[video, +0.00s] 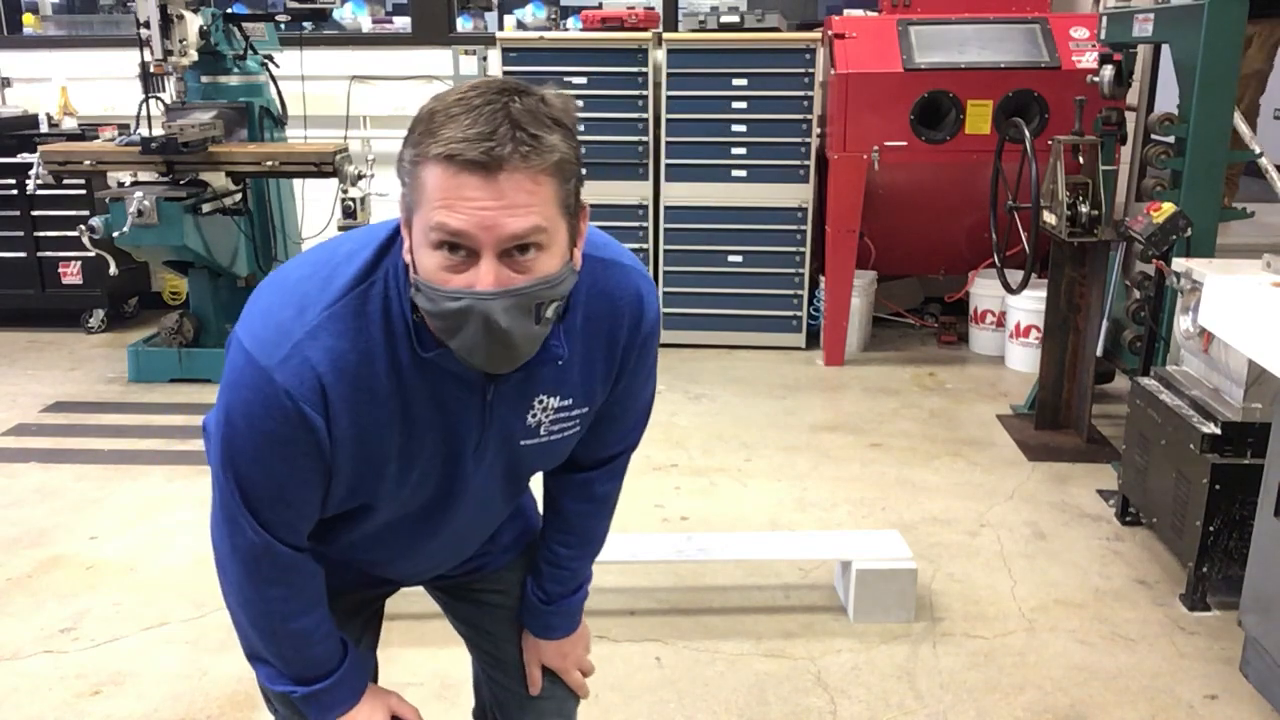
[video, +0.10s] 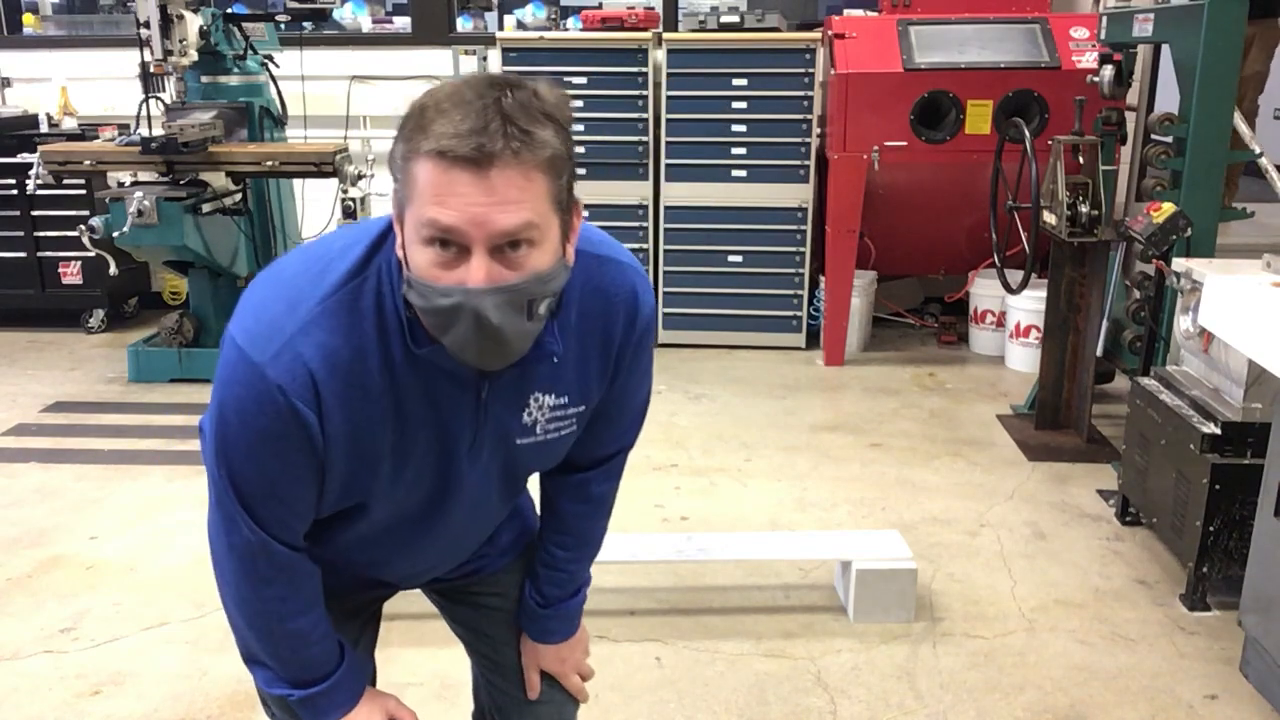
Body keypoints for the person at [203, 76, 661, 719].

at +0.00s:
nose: (487, 290)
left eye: (522, 251)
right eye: (454, 250)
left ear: (578, 232)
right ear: (408, 236)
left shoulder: (617, 304)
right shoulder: (290, 359)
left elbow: (590, 471)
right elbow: (258, 555)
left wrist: (554, 612)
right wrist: (336, 692)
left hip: (484, 519)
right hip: (330, 539)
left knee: (543, 696)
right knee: (312, 702)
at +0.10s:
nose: (478, 286)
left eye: (512, 247)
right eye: (446, 246)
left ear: (570, 229)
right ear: (399, 231)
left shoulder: (612, 301)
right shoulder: (284, 355)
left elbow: (587, 471)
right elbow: (256, 555)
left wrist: (553, 616)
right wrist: (333, 693)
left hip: (482, 522)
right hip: (327, 545)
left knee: (543, 701)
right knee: (313, 704)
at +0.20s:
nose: (471, 239)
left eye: (503, 202)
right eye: (439, 201)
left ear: (560, 190)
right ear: (386, 189)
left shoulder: (599, 273)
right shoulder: (276, 320)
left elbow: (581, 455)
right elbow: (256, 539)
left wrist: (556, 612)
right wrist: (327, 693)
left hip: (477, 517)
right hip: (324, 539)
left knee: (539, 696)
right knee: (306, 704)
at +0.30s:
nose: (455, 151)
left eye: (487, 115)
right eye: (421, 115)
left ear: (542, 113)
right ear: (369, 119)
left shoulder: (581, 221)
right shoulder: (258, 270)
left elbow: (582, 418)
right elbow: (244, 509)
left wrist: (575, 585)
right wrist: (317, 691)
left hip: (466, 510)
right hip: (312, 532)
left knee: (529, 686)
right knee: (306, 707)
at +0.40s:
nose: (430, 53)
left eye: (459, 16)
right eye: (392, 20)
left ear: (517, 27)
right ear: (340, 36)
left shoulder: (561, 161)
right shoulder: (239, 210)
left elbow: (588, 366)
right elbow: (215, 470)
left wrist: (596, 543)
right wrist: (286, 674)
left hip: (463, 513)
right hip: (305, 534)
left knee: (514, 696)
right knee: (309, 710)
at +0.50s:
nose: (416, 15)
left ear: (480, 9)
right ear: (327, 10)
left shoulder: (542, 116)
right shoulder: (222, 159)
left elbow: (586, 330)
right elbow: (184, 434)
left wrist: (616, 517)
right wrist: (254, 665)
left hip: (463, 519)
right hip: (297, 538)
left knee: (510, 704)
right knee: (314, 709)